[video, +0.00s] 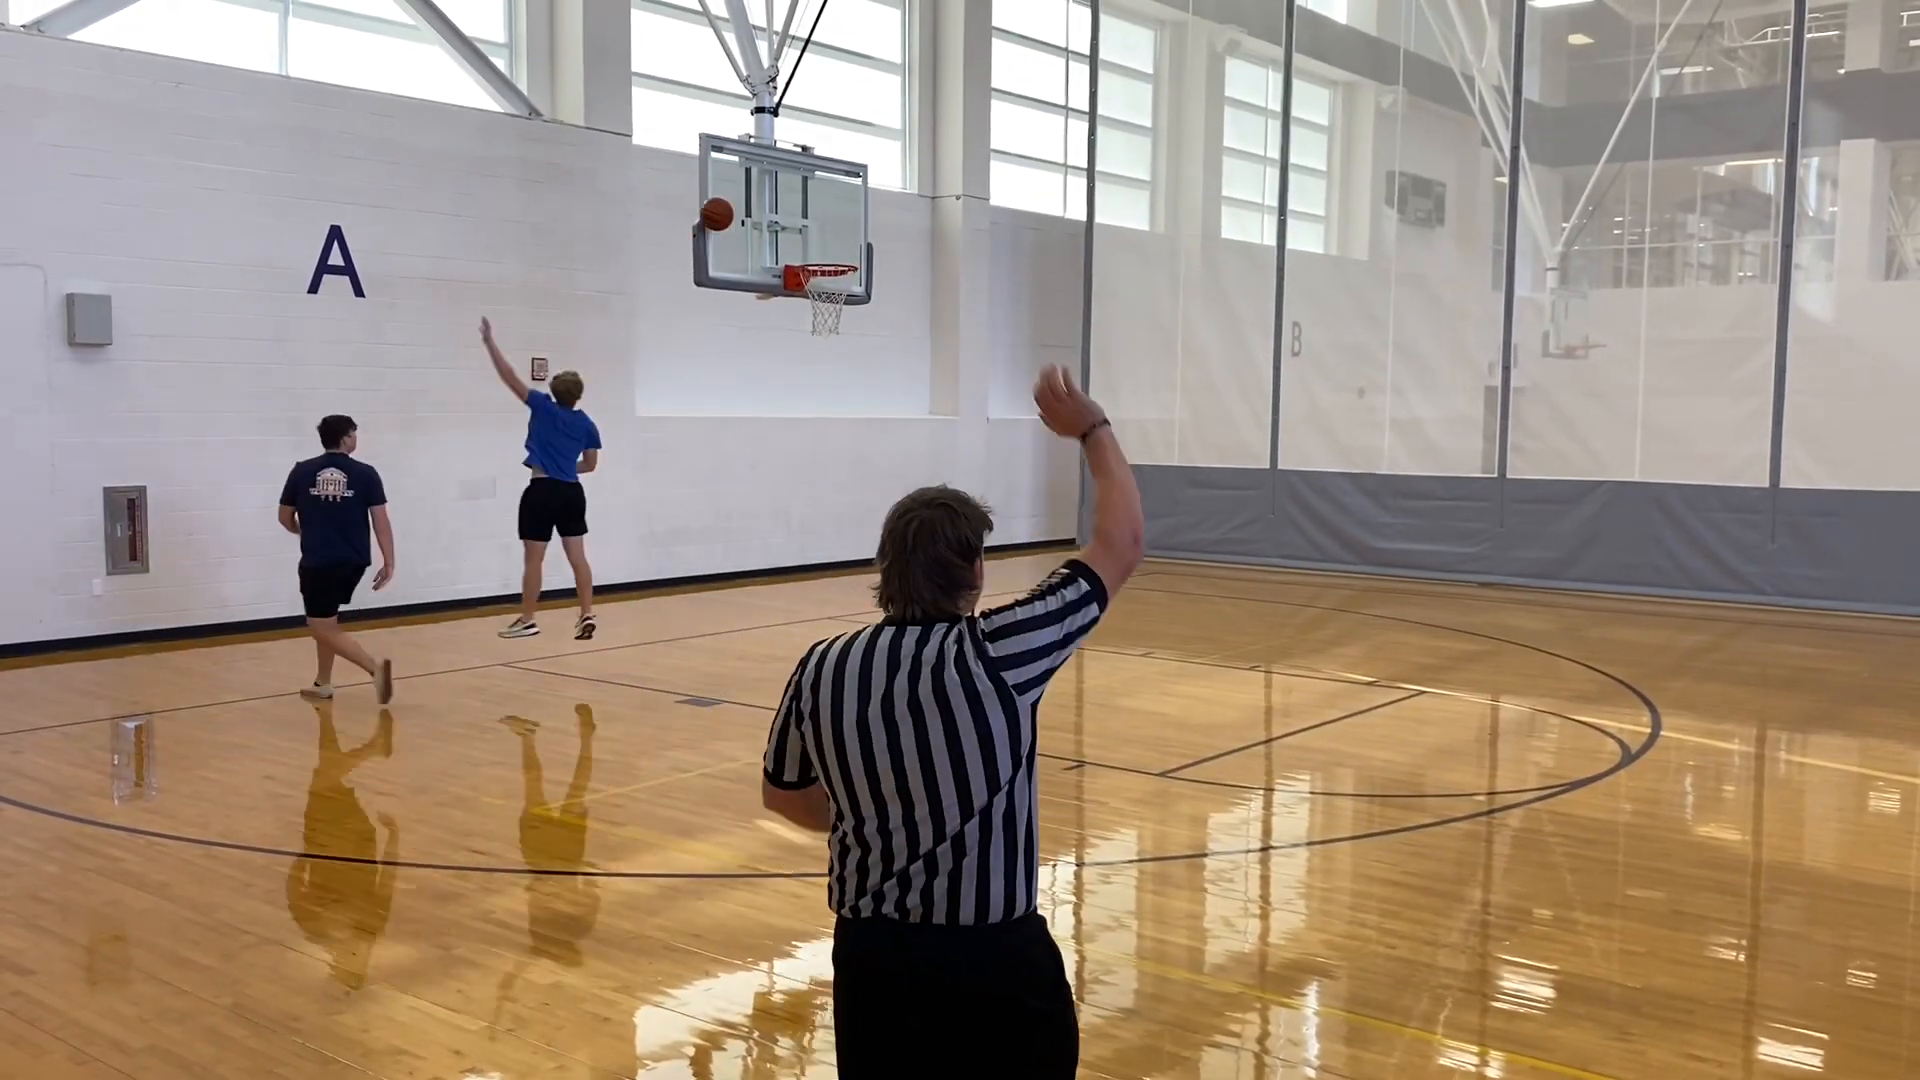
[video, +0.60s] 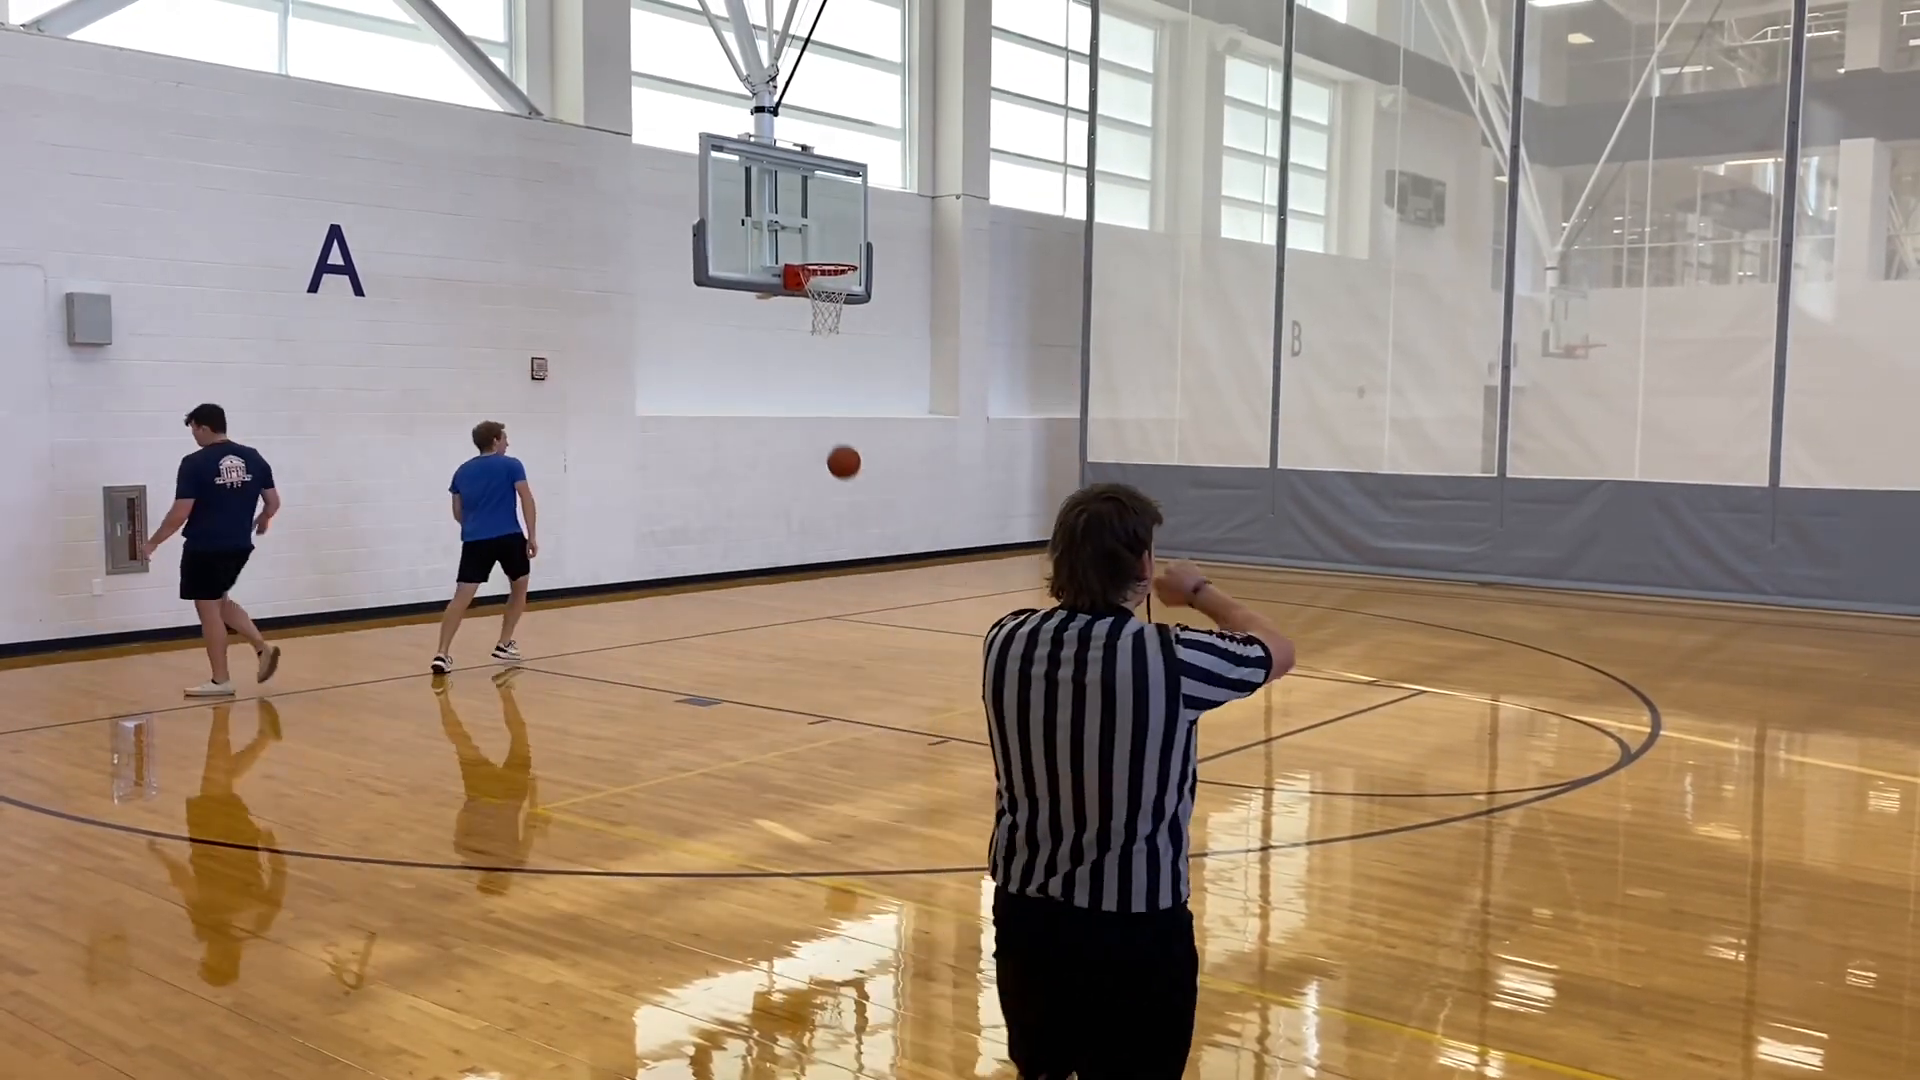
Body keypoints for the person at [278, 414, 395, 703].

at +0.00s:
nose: (357, 439)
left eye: (355, 434)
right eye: (354, 435)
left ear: (325, 440)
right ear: (346, 439)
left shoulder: (302, 470)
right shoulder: (365, 473)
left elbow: (285, 517)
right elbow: (380, 522)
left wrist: (307, 534)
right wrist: (389, 562)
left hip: (316, 559)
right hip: (353, 559)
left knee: (321, 628)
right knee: (326, 620)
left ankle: (375, 667)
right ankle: (323, 683)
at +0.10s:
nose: (335, 434)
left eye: (334, 429)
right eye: (333, 430)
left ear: (305, 434)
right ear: (325, 432)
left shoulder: (283, 465)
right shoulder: (345, 464)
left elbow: (273, 513)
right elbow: (364, 510)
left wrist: (267, 547)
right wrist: (373, 550)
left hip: (298, 556)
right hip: (337, 555)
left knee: (286, 618)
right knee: (319, 611)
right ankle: (322, 680)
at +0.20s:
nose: (315, 428)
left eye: (313, 423)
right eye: (313, 424)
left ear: (283, 427)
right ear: (305, 426)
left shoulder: (263, 460)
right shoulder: (325, 455)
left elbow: (251, 509)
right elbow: (350, 497)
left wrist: (239, 547)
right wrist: (358, 528)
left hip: (280, 550)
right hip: (320, 548)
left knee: (259, 605)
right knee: (313, 608)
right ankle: (323, 681)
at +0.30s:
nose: (293, 424)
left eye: (290, 419)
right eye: (291, 419)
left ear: (260, 425)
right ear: (287, 423)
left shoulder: (244, 458)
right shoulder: (306, 452)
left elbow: (228, 503)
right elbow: (336, 491)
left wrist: (212, 541)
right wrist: (337, 506)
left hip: (259, 549)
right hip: (302, 547)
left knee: (242, 606)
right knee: (303, 608)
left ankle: (238, 678)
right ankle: (320, 679)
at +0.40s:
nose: (241, 431)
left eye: (240, 427)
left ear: (240, 429)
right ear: (266, 426)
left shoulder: (225, 462)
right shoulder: (287, 457)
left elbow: (209, 507)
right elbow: (318, 492)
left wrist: (189, 544)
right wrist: (301, 488)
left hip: (237, 554)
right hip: (280, 551)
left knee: (228, 615)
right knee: (288, 609)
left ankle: (222, 680)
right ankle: (317, 674)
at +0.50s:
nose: (215, 436)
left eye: (214, 431)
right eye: (214, 432)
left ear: (221, 430)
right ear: (243, 429)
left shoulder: (208, 464)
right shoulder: (268, 459)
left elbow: (192, 513)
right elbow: (295, 499)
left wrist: (168, 547)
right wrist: (272, 485)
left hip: (217, 552)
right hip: (257, 550)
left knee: (215, 614)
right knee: (255, 605)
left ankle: (221, 680)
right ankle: (298, 659)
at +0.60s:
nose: (193, 435)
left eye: (194, 429)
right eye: (193, 430)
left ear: (203, 428)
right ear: (222, 427)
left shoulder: (194, 463)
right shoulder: (251, 457)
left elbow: (181, 514)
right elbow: (273, 501)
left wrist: (152, 543)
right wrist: (265, 518)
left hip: (205, 548)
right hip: (239, 546)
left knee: (209, 611)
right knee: (220, 601)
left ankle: (221, 680)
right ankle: (263, 647)